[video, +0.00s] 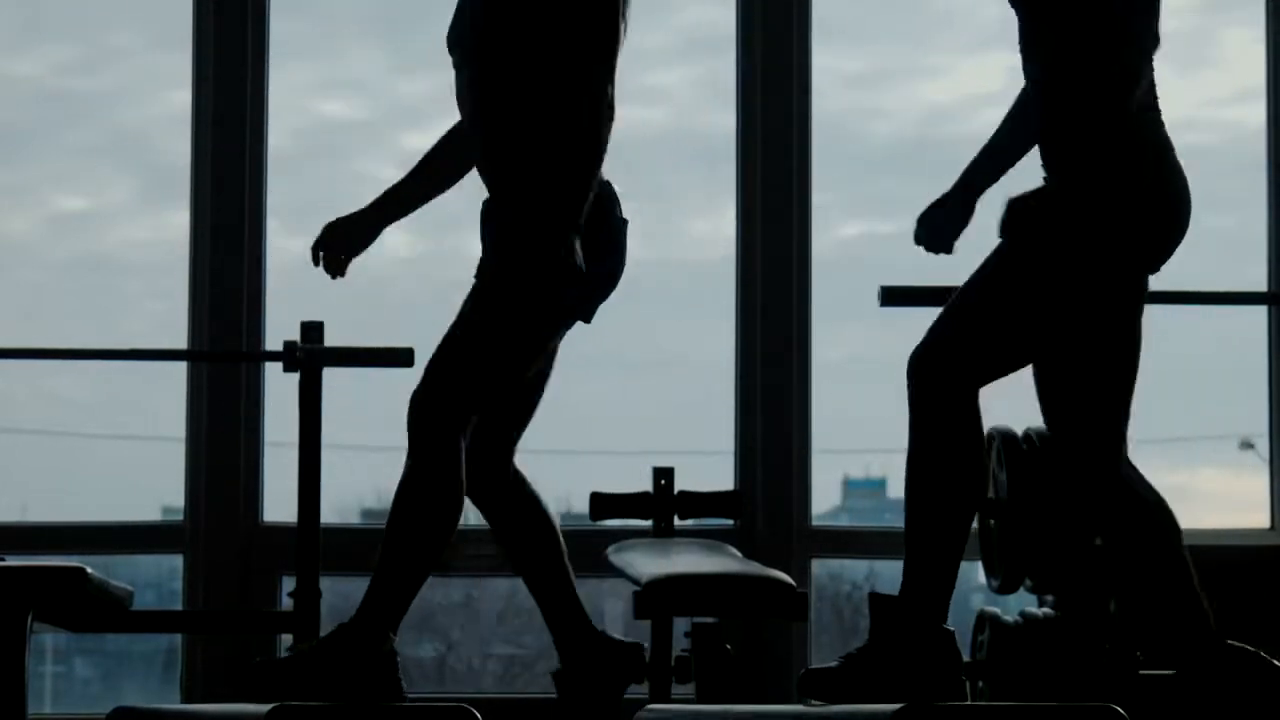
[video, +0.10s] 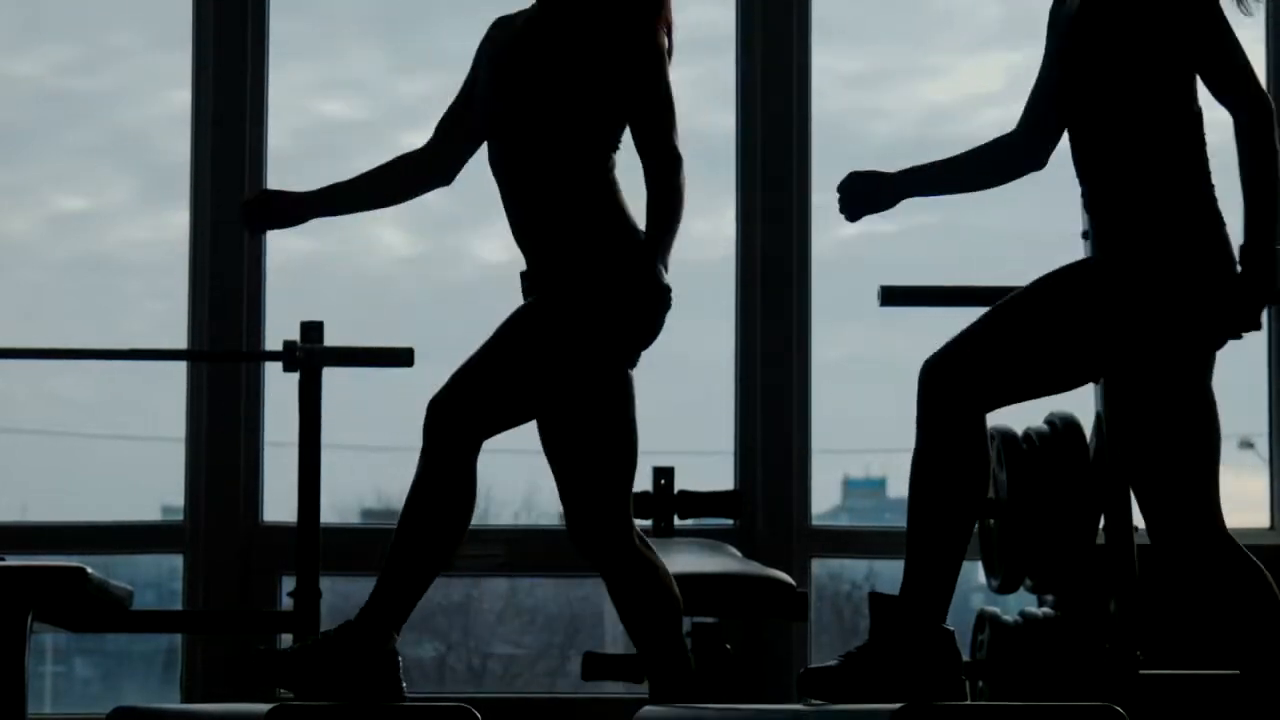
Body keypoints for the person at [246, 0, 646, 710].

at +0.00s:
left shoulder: (492, 13)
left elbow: (480, 129)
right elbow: (478, 127)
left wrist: (370, 219)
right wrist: (373, 218)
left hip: (533, 247)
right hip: (547, 245)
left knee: (435, 418)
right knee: (486, 462)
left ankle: (366, 644)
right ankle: (586, 651)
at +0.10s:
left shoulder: (628, 34)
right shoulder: (511, 39)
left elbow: (664, 163)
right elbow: (438, 160)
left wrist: (653, 267)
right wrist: (305, 204)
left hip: (607, 293)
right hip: (562, 295)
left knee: (456, 419)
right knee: (601, 523)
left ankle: (370, 642)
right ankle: (682, 701)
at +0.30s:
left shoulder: (674, 58)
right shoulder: (557, 69)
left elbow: (719, 194)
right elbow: (483, 200)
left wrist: (721, 307)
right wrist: (368, 217)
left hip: (674, 313)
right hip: (628, 316)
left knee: (524, 404)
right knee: (646, 554)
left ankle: (485, 646)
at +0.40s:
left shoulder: (694, 38)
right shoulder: (574, 48)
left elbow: (719, 179)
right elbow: (535, 192)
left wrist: (691, 278)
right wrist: (445, 259)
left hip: (685, 301)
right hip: (643, 303)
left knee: (557, 434)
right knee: (668, 529)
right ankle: (729, 707)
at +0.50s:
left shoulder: (698, 45)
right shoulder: (595, 62)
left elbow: (716, 188)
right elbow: (582, 211)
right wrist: (521, 323)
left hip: (691, 304)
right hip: (638, 309)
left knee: (623, 504)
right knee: (668, 509)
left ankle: (744, 677)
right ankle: (739, 678)